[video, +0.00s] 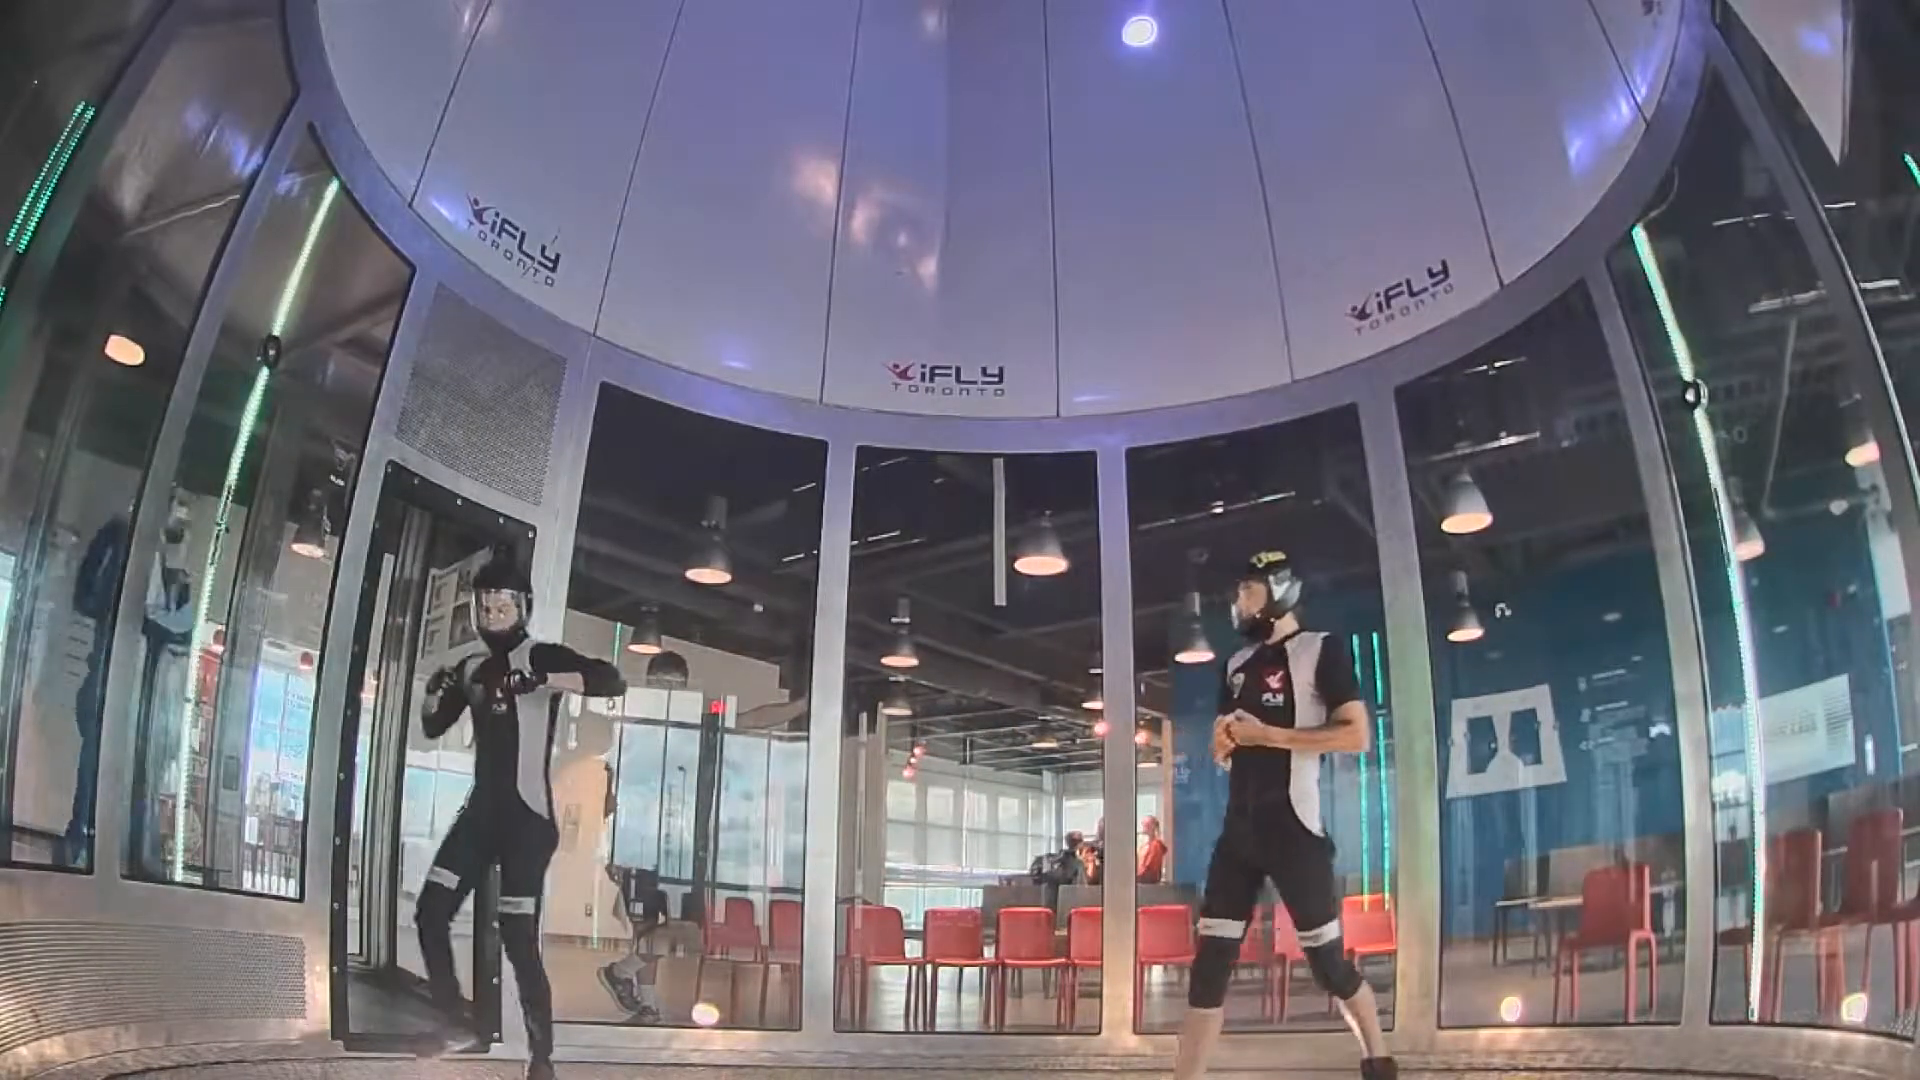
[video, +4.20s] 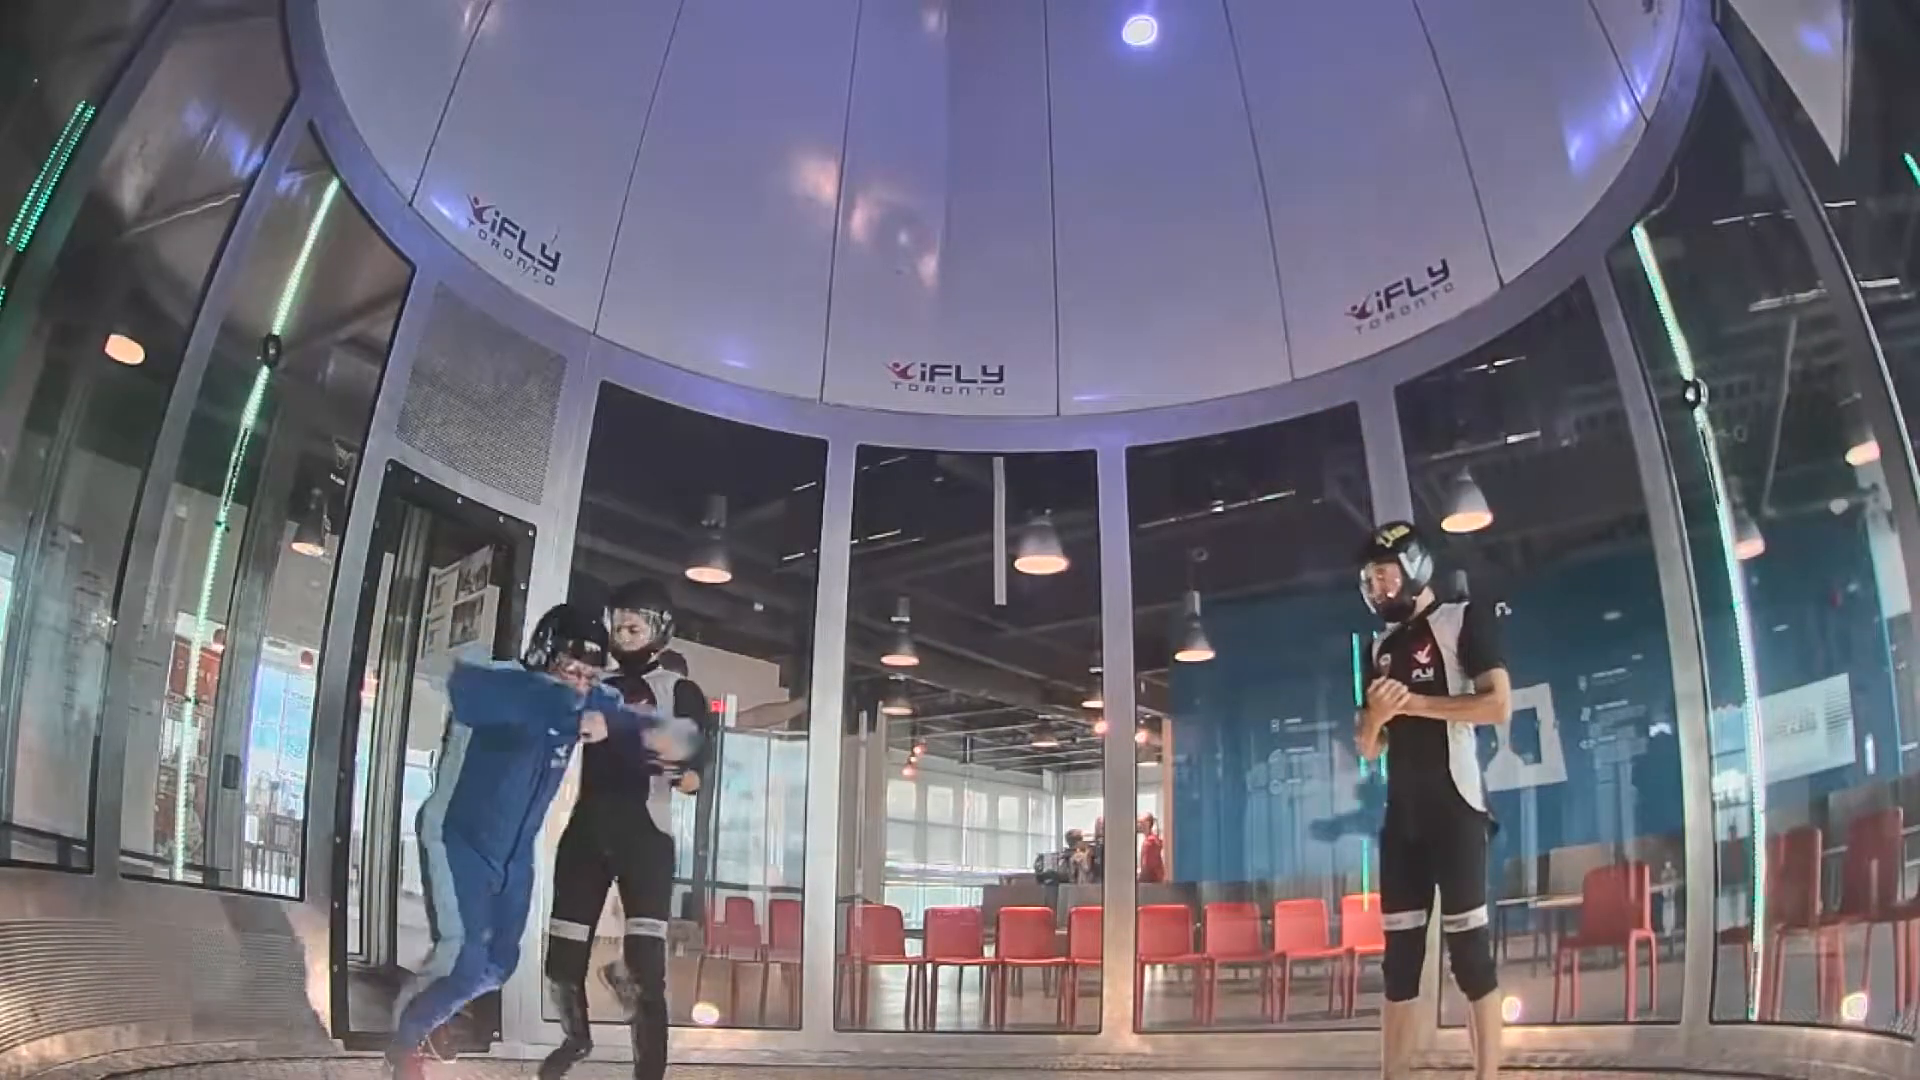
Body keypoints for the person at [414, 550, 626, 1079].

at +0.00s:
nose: (494, 611)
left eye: (505, 603)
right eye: (487, 602)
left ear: (523, 607)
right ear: (476, 607)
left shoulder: (545, 656)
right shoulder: (470, 669)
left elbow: (613, 681)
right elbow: (432, 730)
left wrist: (562, 680)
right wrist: (436, 699)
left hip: (530, 815)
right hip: (481, 808)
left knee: (517, 936)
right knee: (431, 913)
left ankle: (541, 1056)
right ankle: (453, 1022)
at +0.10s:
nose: (504, 612)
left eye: (515, 603)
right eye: (495, 602)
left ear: (533, 610)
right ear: (485, 608)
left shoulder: (552, 663)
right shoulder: (479, 673)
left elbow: (621, 693)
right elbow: (456, 738)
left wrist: (560, 696)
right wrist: (453, 716)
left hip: (539, 822)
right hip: (490, 818)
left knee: (524, 936)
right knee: (454, 923)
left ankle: (543, 1058)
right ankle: (487, 1033)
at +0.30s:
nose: (530, 607)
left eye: (540, 599)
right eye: (522, 598)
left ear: (556, 604)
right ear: (511, 603)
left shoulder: (576, 657)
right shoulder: (499, 662)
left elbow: (644, 695)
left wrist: (599, 705)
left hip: (556, 809)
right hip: (504, 807)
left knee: (540, 928)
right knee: (506, 925)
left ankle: (548, 1049)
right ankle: (558, 1035)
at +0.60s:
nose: (568, 629)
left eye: (577, 620)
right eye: (560, 620)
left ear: (595, 625)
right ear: (550, 627)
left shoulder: (609, 680)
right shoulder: (556, 687)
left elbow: (647, 751)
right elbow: (546, 750)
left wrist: (577, 773)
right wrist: (533, 754)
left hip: (587, 820)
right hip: (555, 815)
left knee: (544, 930)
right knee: (547, 934)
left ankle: (568, 1054)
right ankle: (563, 1054)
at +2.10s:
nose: (601, 627)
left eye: (611, 619)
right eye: (593, 619)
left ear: (626, 626)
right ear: (580, 626)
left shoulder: (633, 679)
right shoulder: (577, 683)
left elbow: (609, 749)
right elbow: (557, 750)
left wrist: (560, 712)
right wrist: (534, 711)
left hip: (600, 823)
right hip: (557, 818)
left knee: (596, 940)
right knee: (551, 936)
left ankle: (616, 1057)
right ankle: (575, 1052)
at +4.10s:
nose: (612, 629)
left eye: (622, 620)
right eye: (606, 620)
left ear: (647, 625)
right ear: (599, 625)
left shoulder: (663, 681)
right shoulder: (590, 680)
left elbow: (660, 764)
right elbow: (555, 728)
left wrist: (608, 759)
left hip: (621, 826)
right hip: (568, 819)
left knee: (622, 946)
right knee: (551, 944)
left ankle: (640, 1067)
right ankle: (575, 1053)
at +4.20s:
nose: (626, 631)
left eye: (637, 623)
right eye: (619, 621)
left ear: (658, 628)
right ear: (610, 625)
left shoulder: (679, 690)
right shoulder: (594, 681)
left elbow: (702, 754)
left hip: (646, 832)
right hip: (587, 825)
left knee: (645, 958)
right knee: (563, 955)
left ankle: (650, 1070)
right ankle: (576, 1038)